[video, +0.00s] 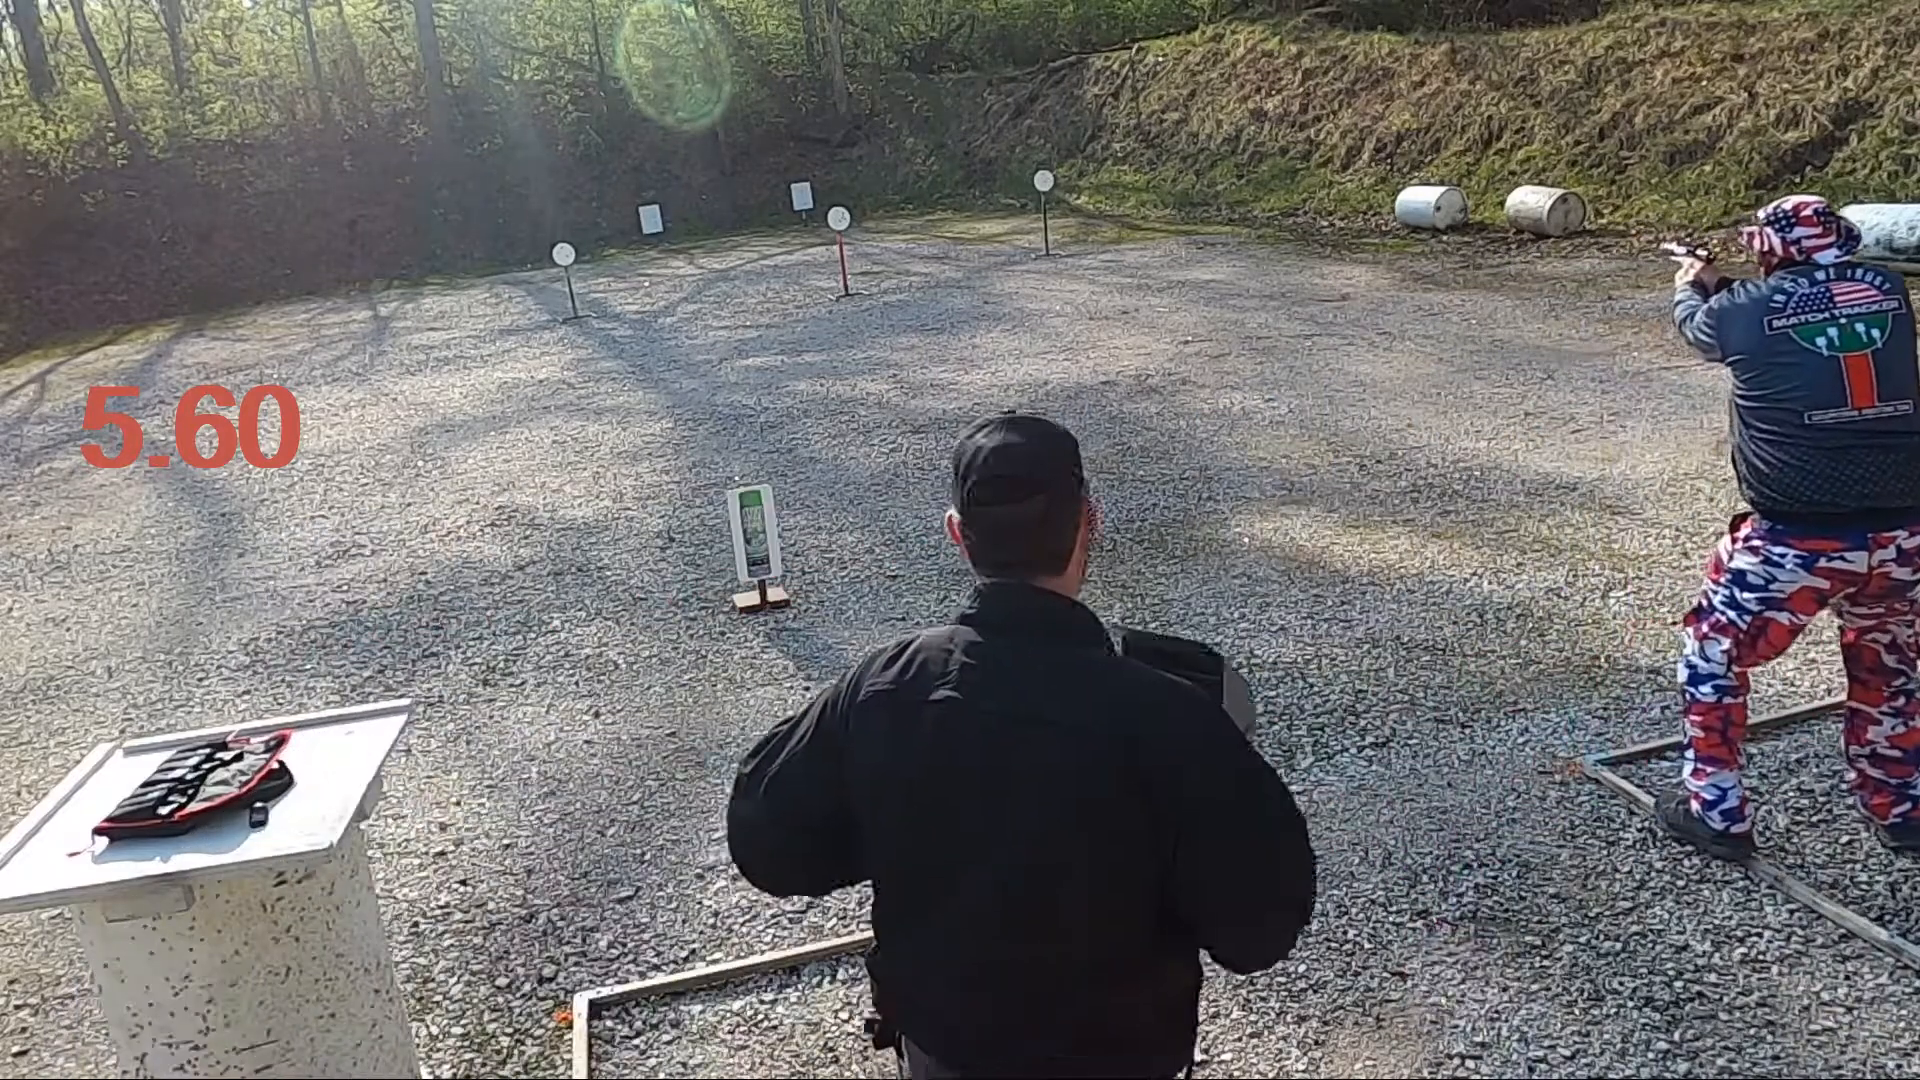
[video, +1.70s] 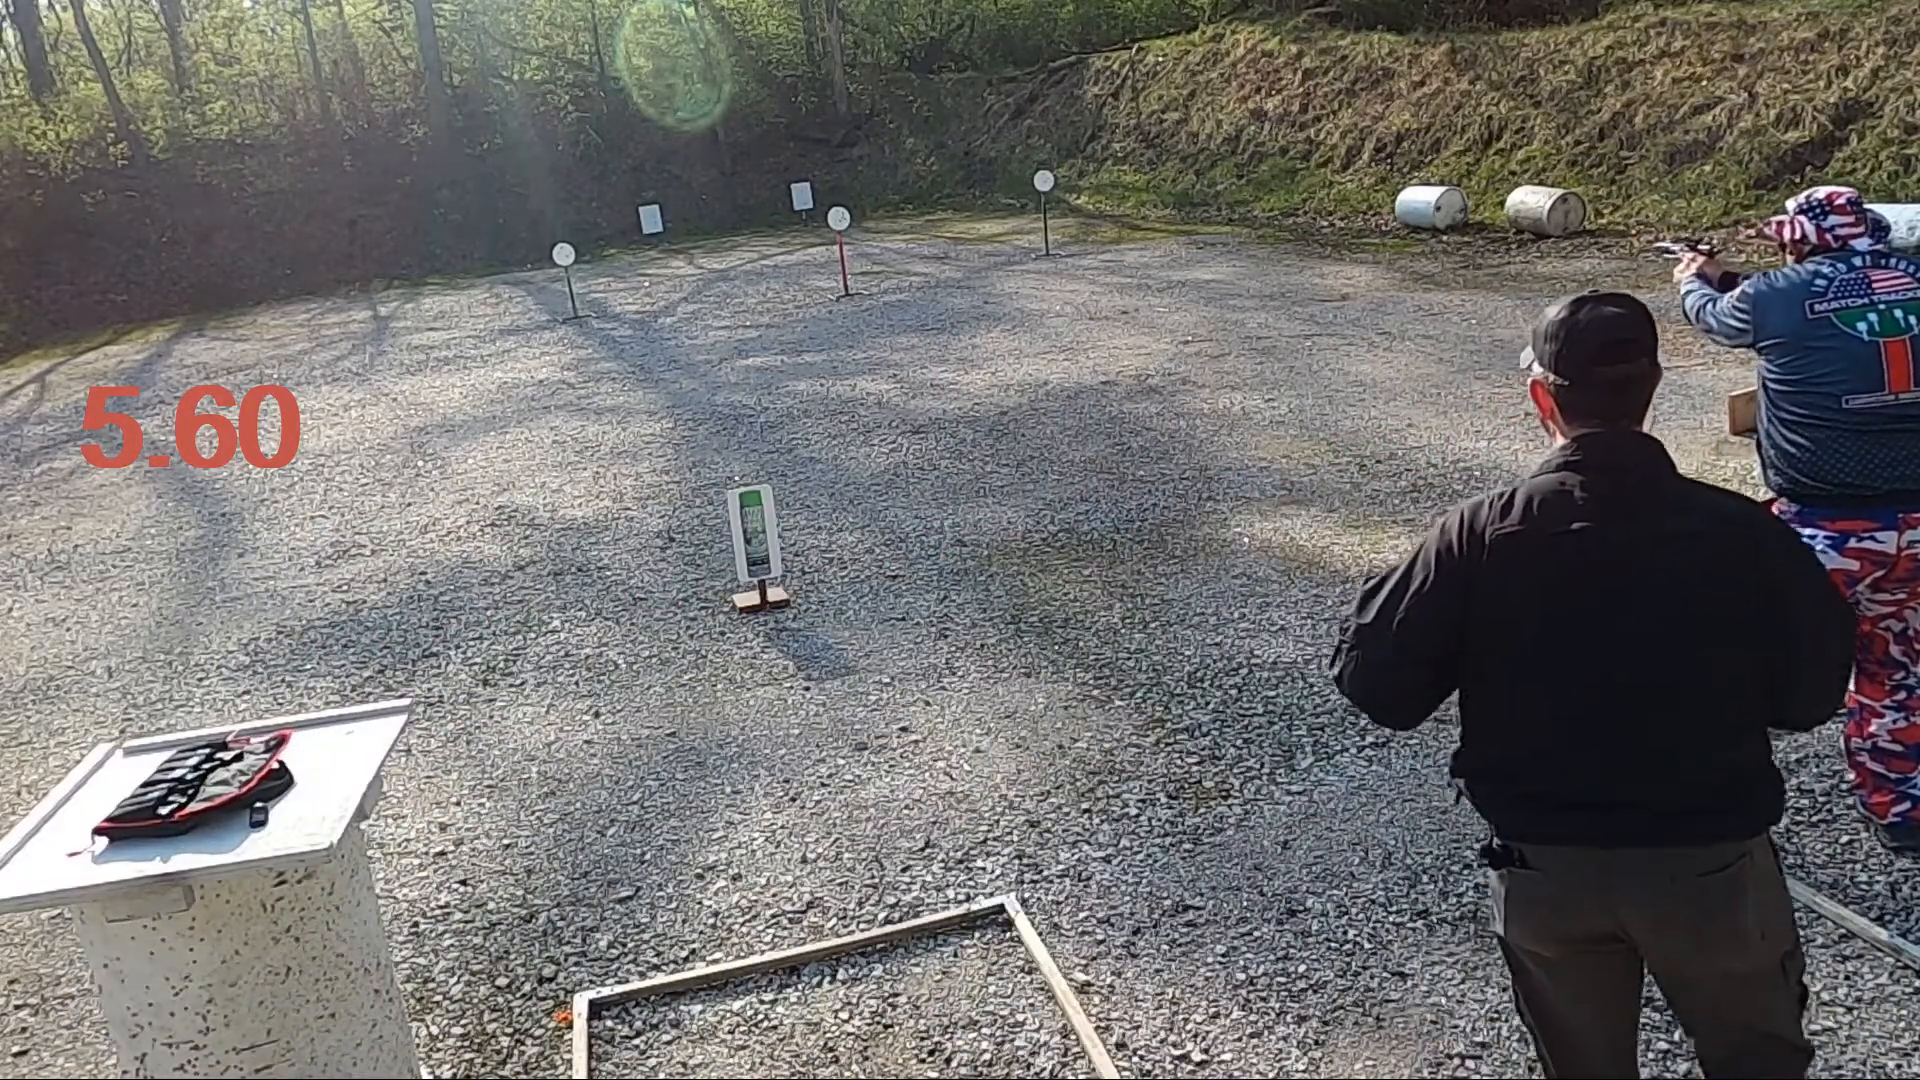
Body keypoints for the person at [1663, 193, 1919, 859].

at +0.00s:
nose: (1760, 255)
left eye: (1764, 248)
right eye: (1762, 245)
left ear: (1775, 256)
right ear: (1840, 244)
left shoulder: (1746, 310)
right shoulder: (1889, 293)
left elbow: (1693, 321)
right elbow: (1818, 298)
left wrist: (1689, 277)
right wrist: (1745, 277)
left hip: (1796, 541)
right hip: (1903, 536)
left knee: (1712, 648)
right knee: (1891, 676)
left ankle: (1716, 811)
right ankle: (1901, 811)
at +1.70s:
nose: (1787, 252)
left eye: (1790, 243)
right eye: (1786, 244)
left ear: (1804, 244)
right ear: (1867, 233)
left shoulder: (1777, 294)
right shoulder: (1908, 282)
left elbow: (1709, 310)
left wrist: (1688, 272)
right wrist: (1741, 277)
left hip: (1822, 531)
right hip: (1911, 526)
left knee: (1789, 658)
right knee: (1896, 673)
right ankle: (1901, 810)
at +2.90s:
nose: (1779, 229)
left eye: (1784, 219)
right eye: (1781, 219)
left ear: (1800, 221)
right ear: (1865, 210)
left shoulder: (1764, 286)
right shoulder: (1908, 256)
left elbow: (1715, 351)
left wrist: (1712, 296)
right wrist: (1740, 297)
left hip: (1823, 503)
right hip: (1911, 490)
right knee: (1898, 651)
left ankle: (1899, 806)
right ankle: (1900, 802)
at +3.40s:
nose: (1736, 240)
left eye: (1739, 227)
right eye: (1736, 227)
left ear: (1761, 227)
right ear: (1822, 211)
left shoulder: (1731, 305)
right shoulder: (1889, 263)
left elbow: (1696, 405)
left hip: (1813, 516)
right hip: (1907, 494)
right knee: (1897, 655)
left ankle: (1902, 813)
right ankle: (1902, 806)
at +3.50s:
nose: (1706, 250)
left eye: (1707, 237)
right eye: (1703, 237)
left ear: (1732, 237)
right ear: (1788, 220)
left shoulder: (1715, 314)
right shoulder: (1859, 270)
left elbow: (1686, 411)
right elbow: (1862, 368)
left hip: (1781, 524)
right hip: (1878, 508)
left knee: (1783, 662)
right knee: (1887, 657)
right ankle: (1900, 807)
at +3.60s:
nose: (1674, 267)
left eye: (1675, 253)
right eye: (1670, 254)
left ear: (1702, 250)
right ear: (1757, 231)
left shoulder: (1706, 312)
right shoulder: (1823, 272)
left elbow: (1691, 406)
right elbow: (1838, 370)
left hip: (1765, 489)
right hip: (1845, 473)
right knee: (1864, 627)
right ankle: (1891, 790)